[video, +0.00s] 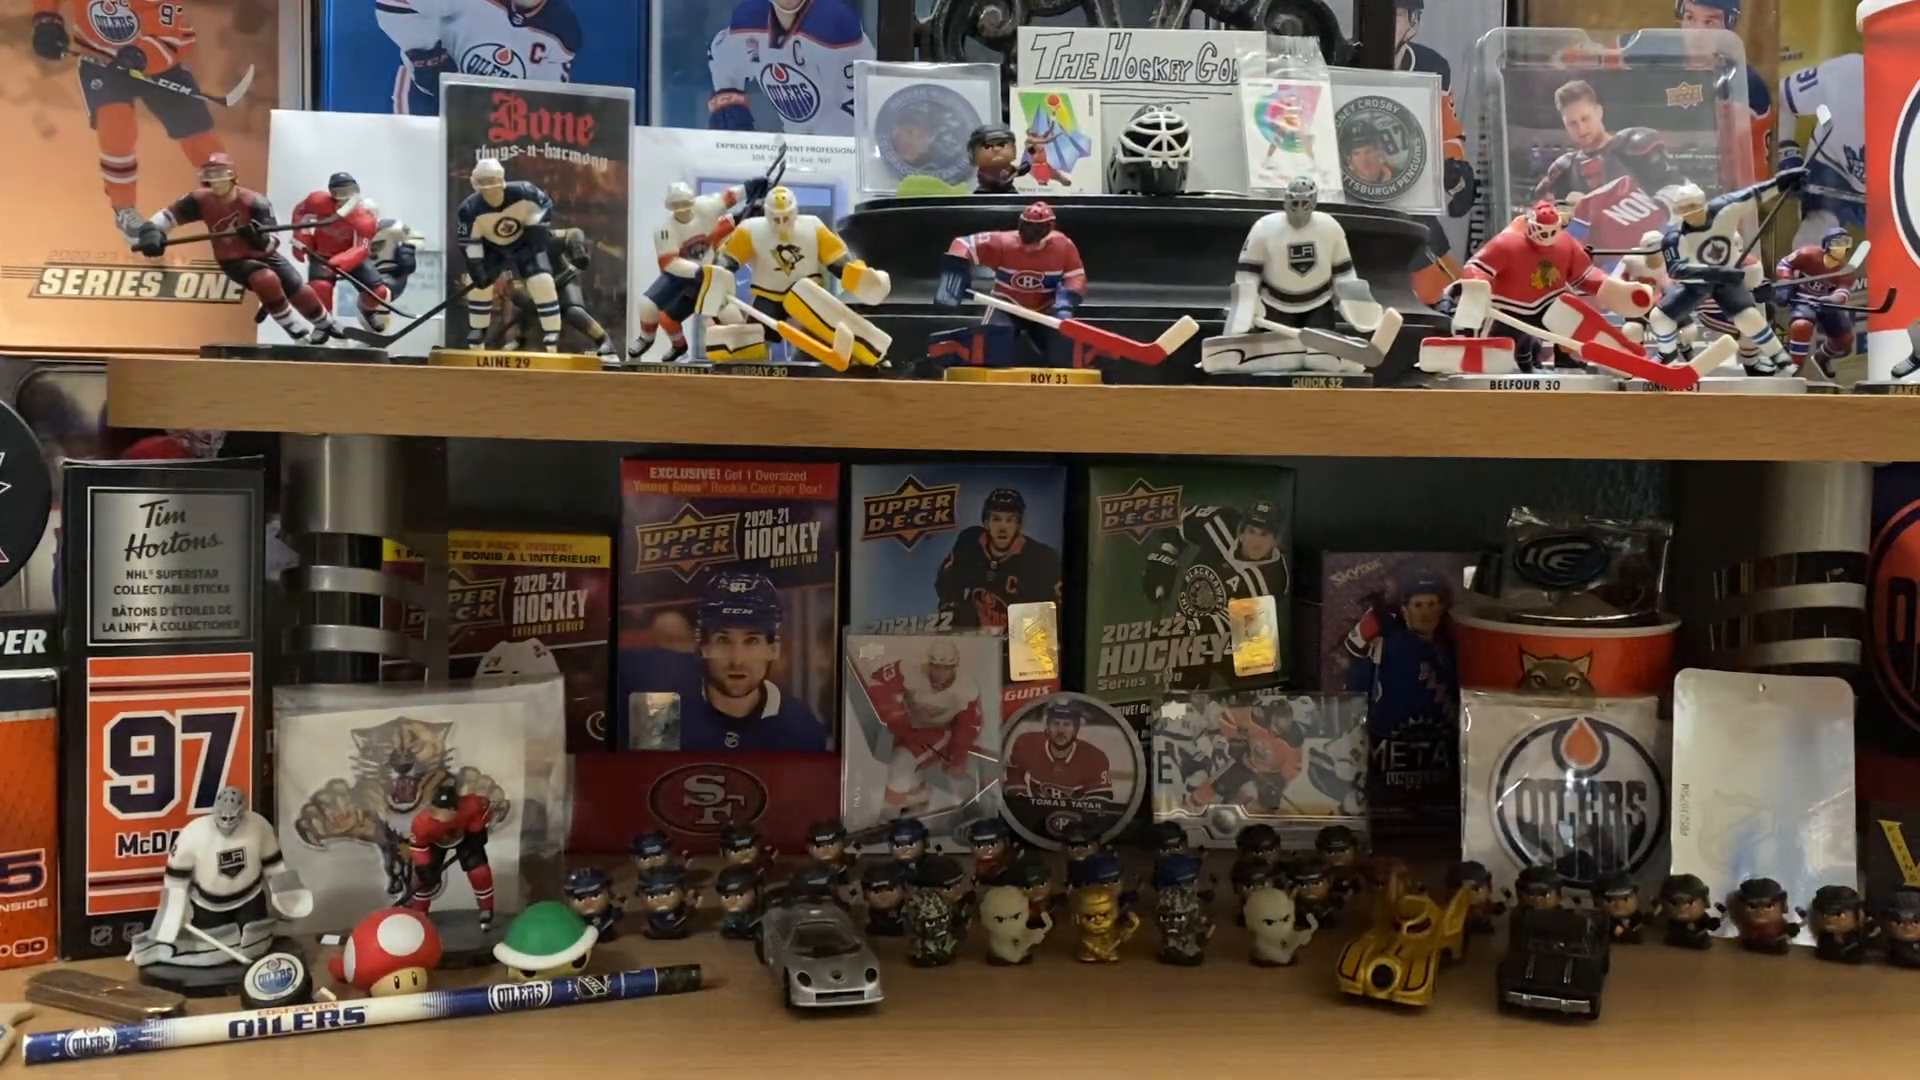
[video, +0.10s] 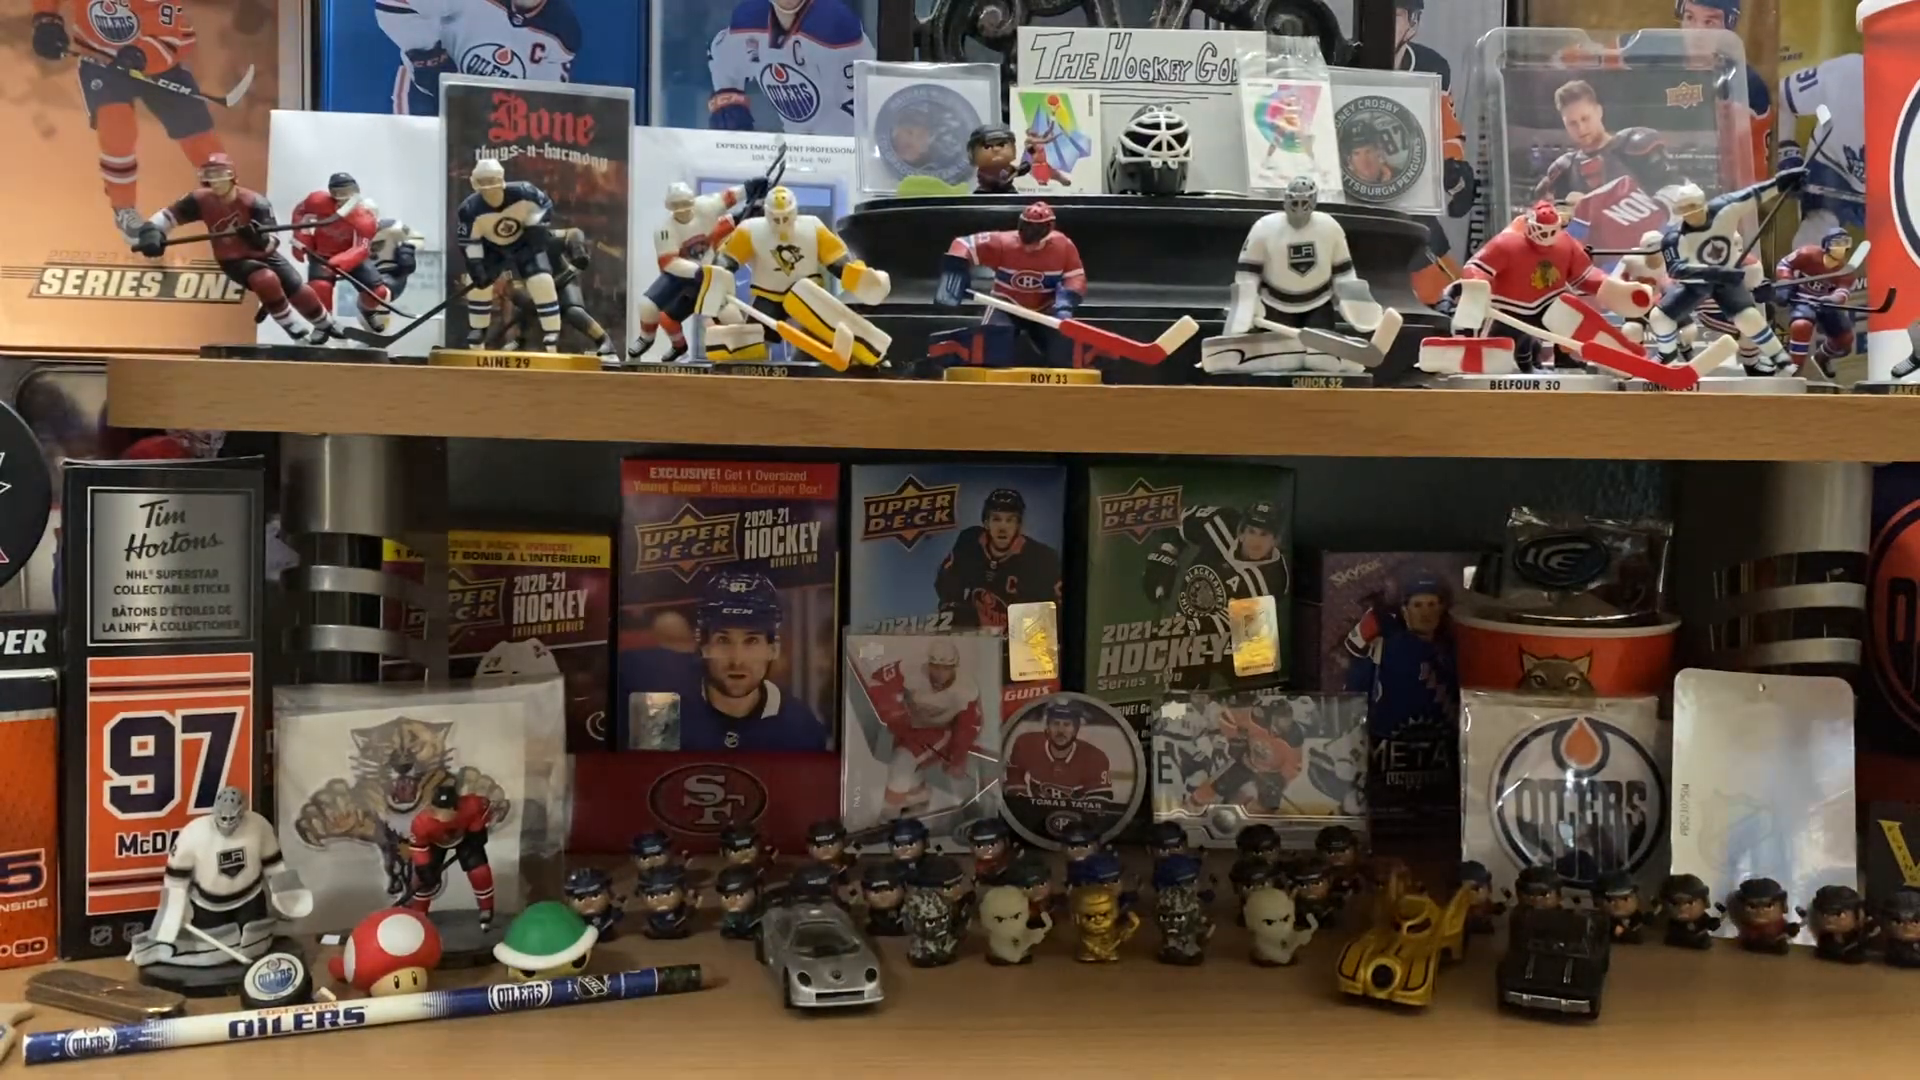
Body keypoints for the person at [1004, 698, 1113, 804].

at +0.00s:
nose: (1060, 730)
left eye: (1066, 725)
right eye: (1055, 724)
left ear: (1076, 729)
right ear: (1047, 727)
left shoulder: (1095, 757)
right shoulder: (1026, 744)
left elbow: (1100, 799)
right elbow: (1014, 783)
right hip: (1033, 813)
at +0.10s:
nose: (1060, 730)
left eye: (1066, 724)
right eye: (1055, 724)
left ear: (1076, 729)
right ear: (1047, 728)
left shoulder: (1094, 757)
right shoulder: (1025, 744)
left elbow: (1100, 800)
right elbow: (1014, 785)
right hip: (1033, 814)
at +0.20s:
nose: (1060, 730)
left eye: (1066, 724)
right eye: (1055, 724)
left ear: (1076, 729)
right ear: (1047, 727)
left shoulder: (1094, 758)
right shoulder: (1026, 744)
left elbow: (1099, 800)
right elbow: (1014, 786)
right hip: (1033, 814)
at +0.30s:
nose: (1060, 730)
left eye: (1066, 724)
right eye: (1055, 724)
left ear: (1076, 729)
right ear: (1047, 727)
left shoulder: (1095, 757)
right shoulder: (1026, 744)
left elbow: (1099, 801)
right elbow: (1015, 788)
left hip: (1074, 820)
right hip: (1033, 814)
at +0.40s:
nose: (1060, 730)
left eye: (1066, 725)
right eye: (1055, 724)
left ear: (1076, 729)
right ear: (1047, 727)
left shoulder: (1095, 758)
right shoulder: (1026, 744)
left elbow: (1099, 801)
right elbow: (1015, 787)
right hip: (1032, 814)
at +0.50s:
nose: (1060, 730)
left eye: (1066, 724)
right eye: (1055, 724)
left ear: (1076, 728)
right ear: (1047, 727)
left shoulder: (1095, 758)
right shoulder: (1025, 744)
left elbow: (1099, 801)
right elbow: (1014, 785)